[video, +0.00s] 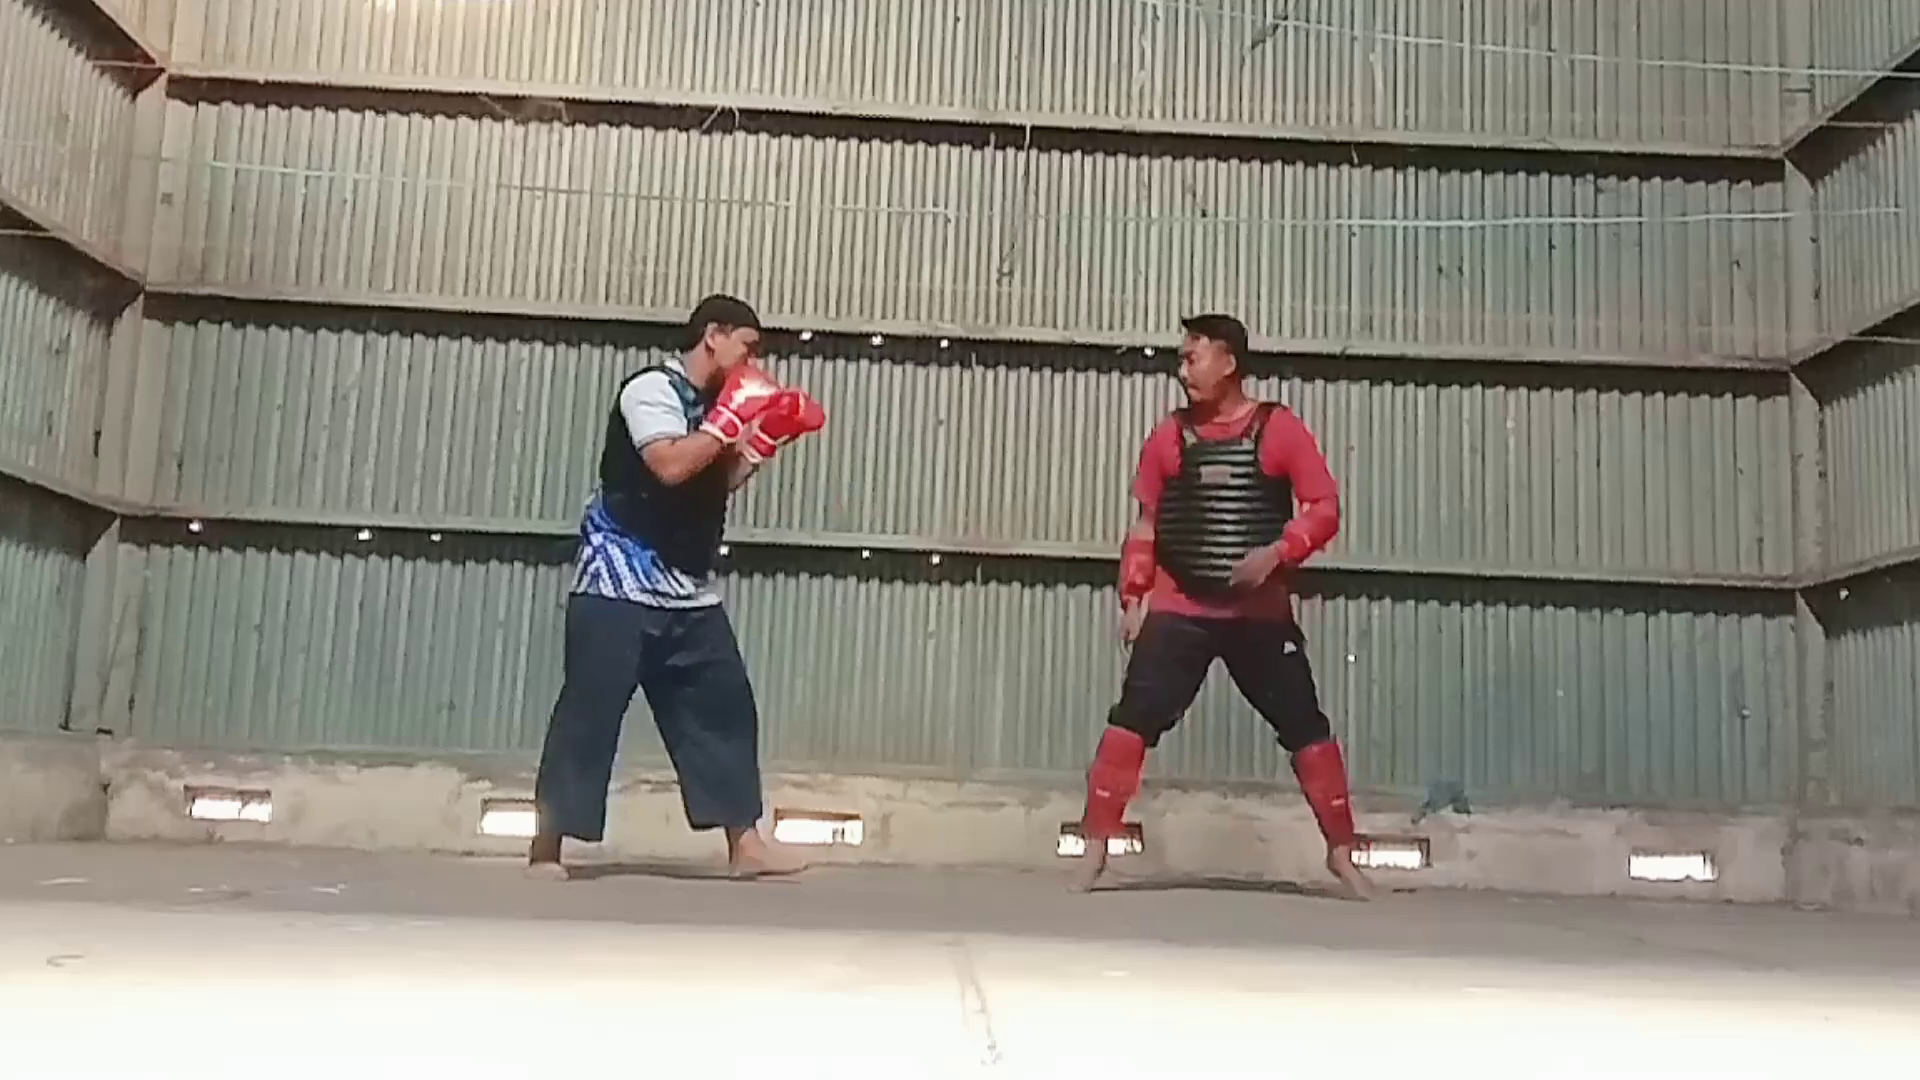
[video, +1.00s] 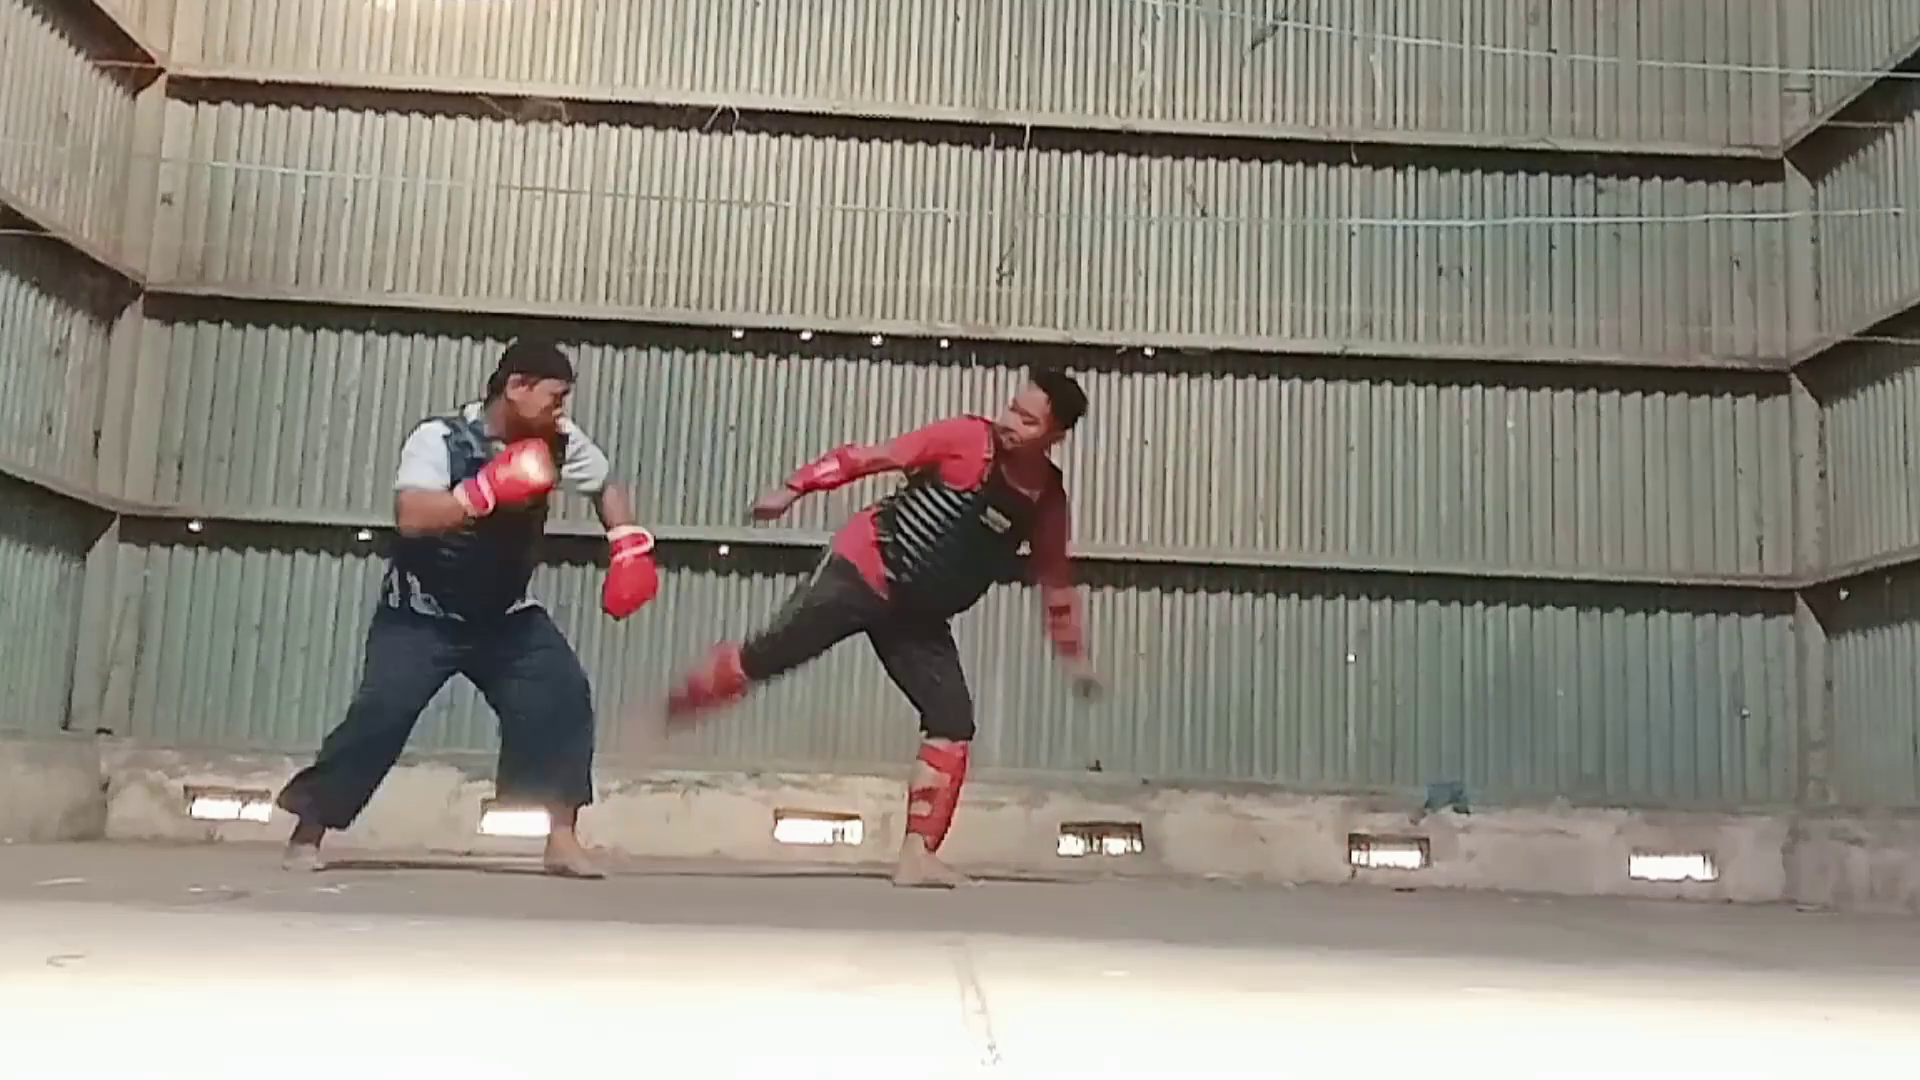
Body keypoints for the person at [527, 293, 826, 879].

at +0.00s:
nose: (753, 359)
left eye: (757, 350)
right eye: (748, 346)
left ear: (720, 340)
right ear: (714, 336)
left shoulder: (719, 406)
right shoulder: (648, 389)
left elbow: (715, 487)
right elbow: (670, 465)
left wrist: (759, 445)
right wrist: (731, 417)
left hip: (689, 586)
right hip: (618, 579)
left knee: (724, 703)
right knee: (590, 703)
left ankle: (747, 845)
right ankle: (547, 846)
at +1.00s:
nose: (561, 409)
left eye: (565, 398)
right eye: (554, 396)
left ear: (534, 390)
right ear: (515, 385)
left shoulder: (556, 439)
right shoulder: (437, 438)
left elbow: (605, 484)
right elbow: (412, 517)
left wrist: (627, 543)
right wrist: (485, 490)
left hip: (507, 618)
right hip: (421, 615)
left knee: (564, 696)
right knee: (384, 710)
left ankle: (562, 837)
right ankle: (309, 832)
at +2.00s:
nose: (737, 385)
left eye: (740, 374)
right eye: (733, 371)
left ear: (701, 367)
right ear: (699, 365)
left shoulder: (698, 436)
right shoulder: (636, 419)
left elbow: (690, 513)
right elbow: (665, 492)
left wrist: (740, 493)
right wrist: (723, 448)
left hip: (672, 616)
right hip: (602, 612)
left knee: (718, 703)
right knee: (539, 716)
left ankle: (741, 846)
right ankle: (451, 830)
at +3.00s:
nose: (743, 423)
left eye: (747, 412)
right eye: (740, 409)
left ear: (712, 398)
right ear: (710, 395)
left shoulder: (704, 450)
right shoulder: (628, 438)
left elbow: (729, 471)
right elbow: (646, 515)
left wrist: (776, 465)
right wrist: (712, 470)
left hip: (662, 617)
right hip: (590, 610)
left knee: (722, 710)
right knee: (555, 720)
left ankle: (759, 842)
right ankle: (474, 843)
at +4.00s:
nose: (930, 410)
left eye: (930, 399)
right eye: (927, 399)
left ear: (887, 397)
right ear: (901, 397)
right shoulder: (890, 449)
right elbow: (960, 519)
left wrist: (942, 556)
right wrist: (985, 555)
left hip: (869, 613)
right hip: (815, 614)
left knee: (926, 710)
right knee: (817, 730)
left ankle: (956, 841)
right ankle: (774, 848)